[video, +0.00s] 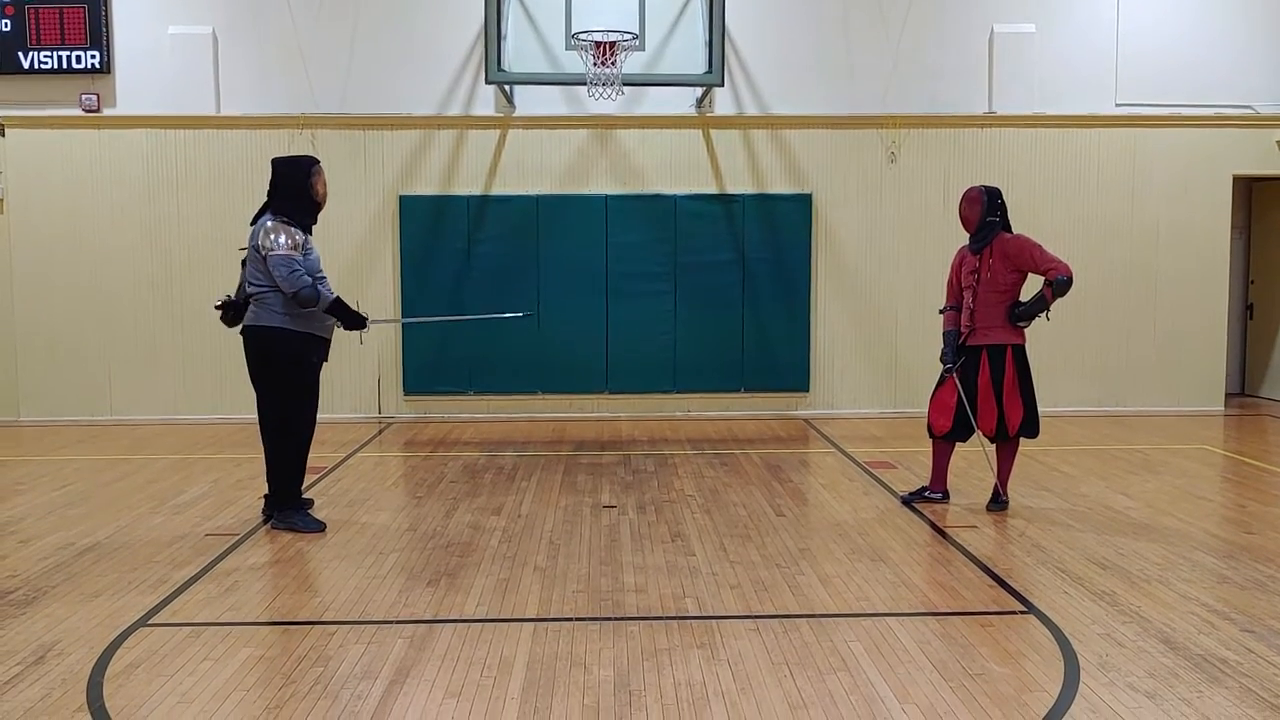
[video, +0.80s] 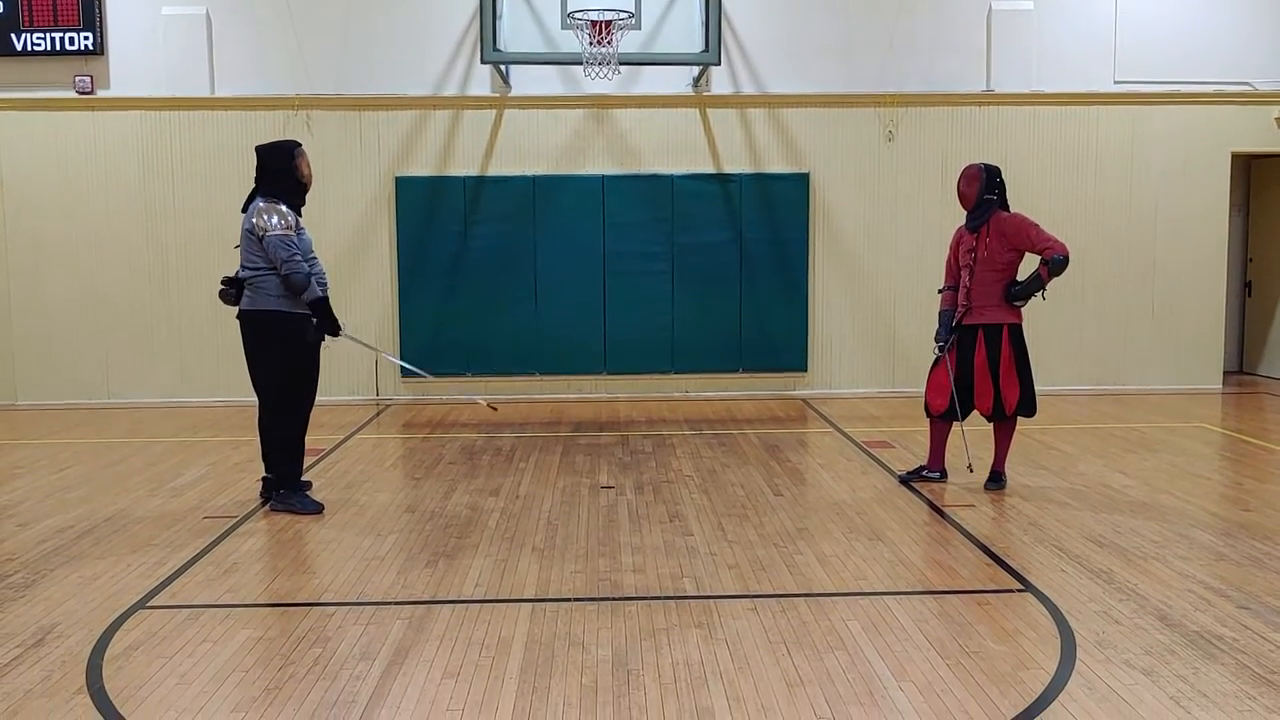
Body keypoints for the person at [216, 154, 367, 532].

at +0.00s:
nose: (325, 191)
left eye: (324, 182)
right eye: (320, 183)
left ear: (295, 187)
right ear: (301, 186)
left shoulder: (286, 227)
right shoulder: (278, 229)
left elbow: (254, 276)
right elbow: (296, 283)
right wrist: (340, 309)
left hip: (291, 337)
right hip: (277, 337)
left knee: (293, 419)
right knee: (288, 420)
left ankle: (283, 498)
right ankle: (283, 507)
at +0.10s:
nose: (324, 186)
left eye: (322, 178)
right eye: (318, 178)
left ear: (292, 183)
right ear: (300, 182)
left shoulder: (283, 222)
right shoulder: (278, 224)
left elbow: (249, 266)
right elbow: (295, 280)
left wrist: (242, 290)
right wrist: (339, 304)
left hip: (287, 334)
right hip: (277, 334)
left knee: (292, 416)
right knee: (288, 417)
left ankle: (283, 494)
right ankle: (283, 504)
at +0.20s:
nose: (320, 183)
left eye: (319, 175)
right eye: (315, 175)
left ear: (290, 179)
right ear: (297, 178)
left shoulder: (285, 220)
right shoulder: (275, 220)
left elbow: (297, 277)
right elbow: (295, 277)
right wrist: (338, 300)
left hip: (289, 332)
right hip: (276, 332)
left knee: (294, 413)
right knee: (286, 414)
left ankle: (284, 492)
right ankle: (282, 502)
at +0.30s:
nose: (317, 180)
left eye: (316, 172)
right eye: (312, 172)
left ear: (285, 177)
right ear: (294, 176)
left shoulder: (280, 217)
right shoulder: (275, 219)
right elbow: (294, 275)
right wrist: (338, 296)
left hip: (287, 328)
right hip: (276, 328)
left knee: (294, 411)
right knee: (286, 411)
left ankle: (283, 489)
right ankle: (281, 499)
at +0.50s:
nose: (313, 177)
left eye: (311, 169)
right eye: (308, 169)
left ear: (281, 174)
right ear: (291, 173)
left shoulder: (276, 213)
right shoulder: (272, 215)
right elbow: (295, 271)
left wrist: (244, 285)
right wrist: (337, 296)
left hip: (284, 323)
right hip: (277, 324)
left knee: (286, 407)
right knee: (287, 407)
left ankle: (280, 487)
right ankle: (283, 494)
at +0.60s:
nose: (310, 174)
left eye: (308, 167)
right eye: (305, 167)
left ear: (280, 171)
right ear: (287, 170)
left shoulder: (275, 212)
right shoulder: (272, 213)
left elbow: (286, 270)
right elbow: (298, 269)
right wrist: (336, 302)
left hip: (285, 321)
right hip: (277, 322)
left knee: (287, 404)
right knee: (285, 405)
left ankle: (282, 483)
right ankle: (282, 492)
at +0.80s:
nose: (310, 170)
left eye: (308, 162)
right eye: (304, 162)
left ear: (278, 170)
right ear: (286, 168)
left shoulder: (280, 209)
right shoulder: (269, 211)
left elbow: (308, 262)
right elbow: (292, 267)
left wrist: (319, 299)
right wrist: (321, 308)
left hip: (285, 317)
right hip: (274, 319)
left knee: (287, 400)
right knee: (285, 402)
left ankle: (281, 480)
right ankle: (283, 488)